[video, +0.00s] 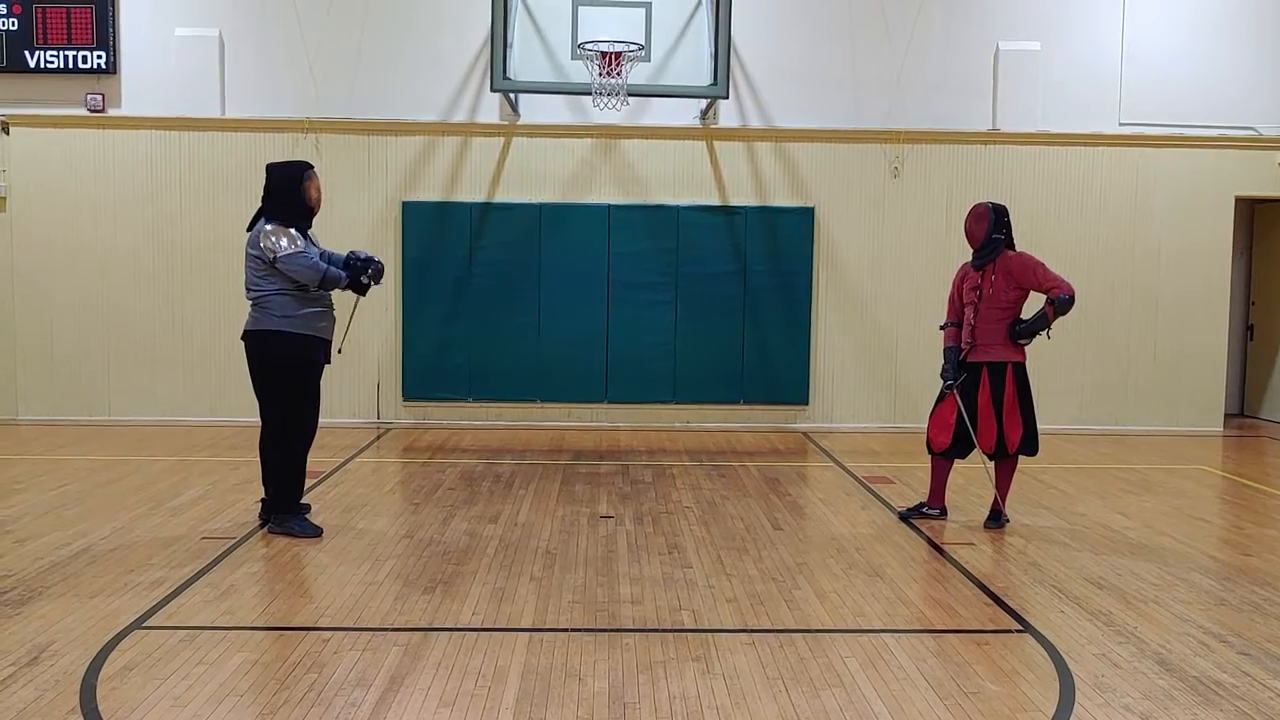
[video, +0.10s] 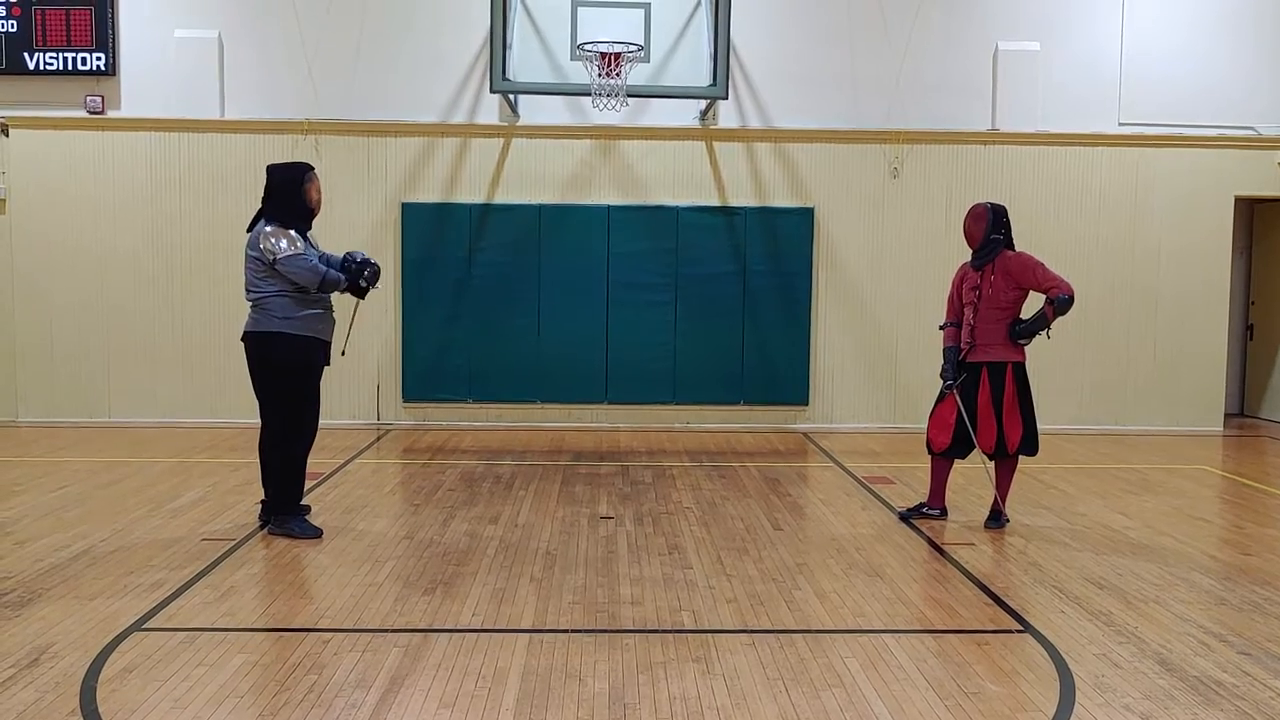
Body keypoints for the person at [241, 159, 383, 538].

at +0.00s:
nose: (319, 194)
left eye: (318, 187)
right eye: (314, 187)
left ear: (296, 191)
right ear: (295, 191)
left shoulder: (292, 232)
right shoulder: (274, 232)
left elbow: (320, 258)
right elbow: (309, 272)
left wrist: (354, 262)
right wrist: (346, 280)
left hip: (299, 342)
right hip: (279, 341)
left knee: (296, 424)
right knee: (287, 426)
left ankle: (282, 504)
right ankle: (282, 511)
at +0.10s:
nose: (319, 197)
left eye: (319, 189)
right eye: (314, 189)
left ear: (296, 192)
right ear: (294, 192)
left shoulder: (292, 233)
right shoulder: (274, 233)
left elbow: (319, 261)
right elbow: (308, 274)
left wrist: (352, 262)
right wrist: (344, 281)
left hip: (298, 343)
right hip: (279, 342)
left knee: (296, 425)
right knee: (287, 426)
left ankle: (282, 506)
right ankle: (282, 513)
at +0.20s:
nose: (320, 198)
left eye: (319, 191)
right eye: (315, 191)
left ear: (296, 193)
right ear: (294, 193)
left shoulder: (292, 235)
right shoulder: (274, 234)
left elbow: (318, 262)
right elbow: (306, 276)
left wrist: (352, 267)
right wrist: (344, 284)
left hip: (298, 344)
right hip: (279, 344)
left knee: (296, 425)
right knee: (288, 426)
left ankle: (282, 507)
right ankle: (282, 513)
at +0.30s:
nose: (320, 200)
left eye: (320, 192)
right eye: (315, 193)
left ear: (296, 195)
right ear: (294, 195)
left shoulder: (292, 237)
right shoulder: (274, 236)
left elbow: (318, 267)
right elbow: (308, 278)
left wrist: (352, 268)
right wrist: (344, 287)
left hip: (296, 345)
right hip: (279, 344)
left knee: (293, 426)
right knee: (291, 427)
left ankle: (281, 507)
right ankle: (282, 514)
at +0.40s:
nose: (321, 201)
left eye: (320, 193)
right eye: (315, 193)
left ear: (294, 196)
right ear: (295, 196)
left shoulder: (293, 237)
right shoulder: (274, 237)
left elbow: (315, 276)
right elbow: (308, 283)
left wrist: (344, 271)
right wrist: (344, 293)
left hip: (296, 345)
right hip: (279, 345)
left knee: (296, 426)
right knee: (289, 427)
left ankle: (283, 507)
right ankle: (282, 514)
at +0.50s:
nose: (322, 200)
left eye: (321, 191)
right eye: (317, 191)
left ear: (293, 195)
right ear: (297, 195)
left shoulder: (287, 236)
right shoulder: (276, 238)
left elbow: (308, 278)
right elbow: (308, 289)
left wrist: (338, 276)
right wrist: (349, 305)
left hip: (293, 345)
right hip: (280, 345)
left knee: (293, 427)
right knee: (291, 428)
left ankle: (283, 507)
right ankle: (282, 515)